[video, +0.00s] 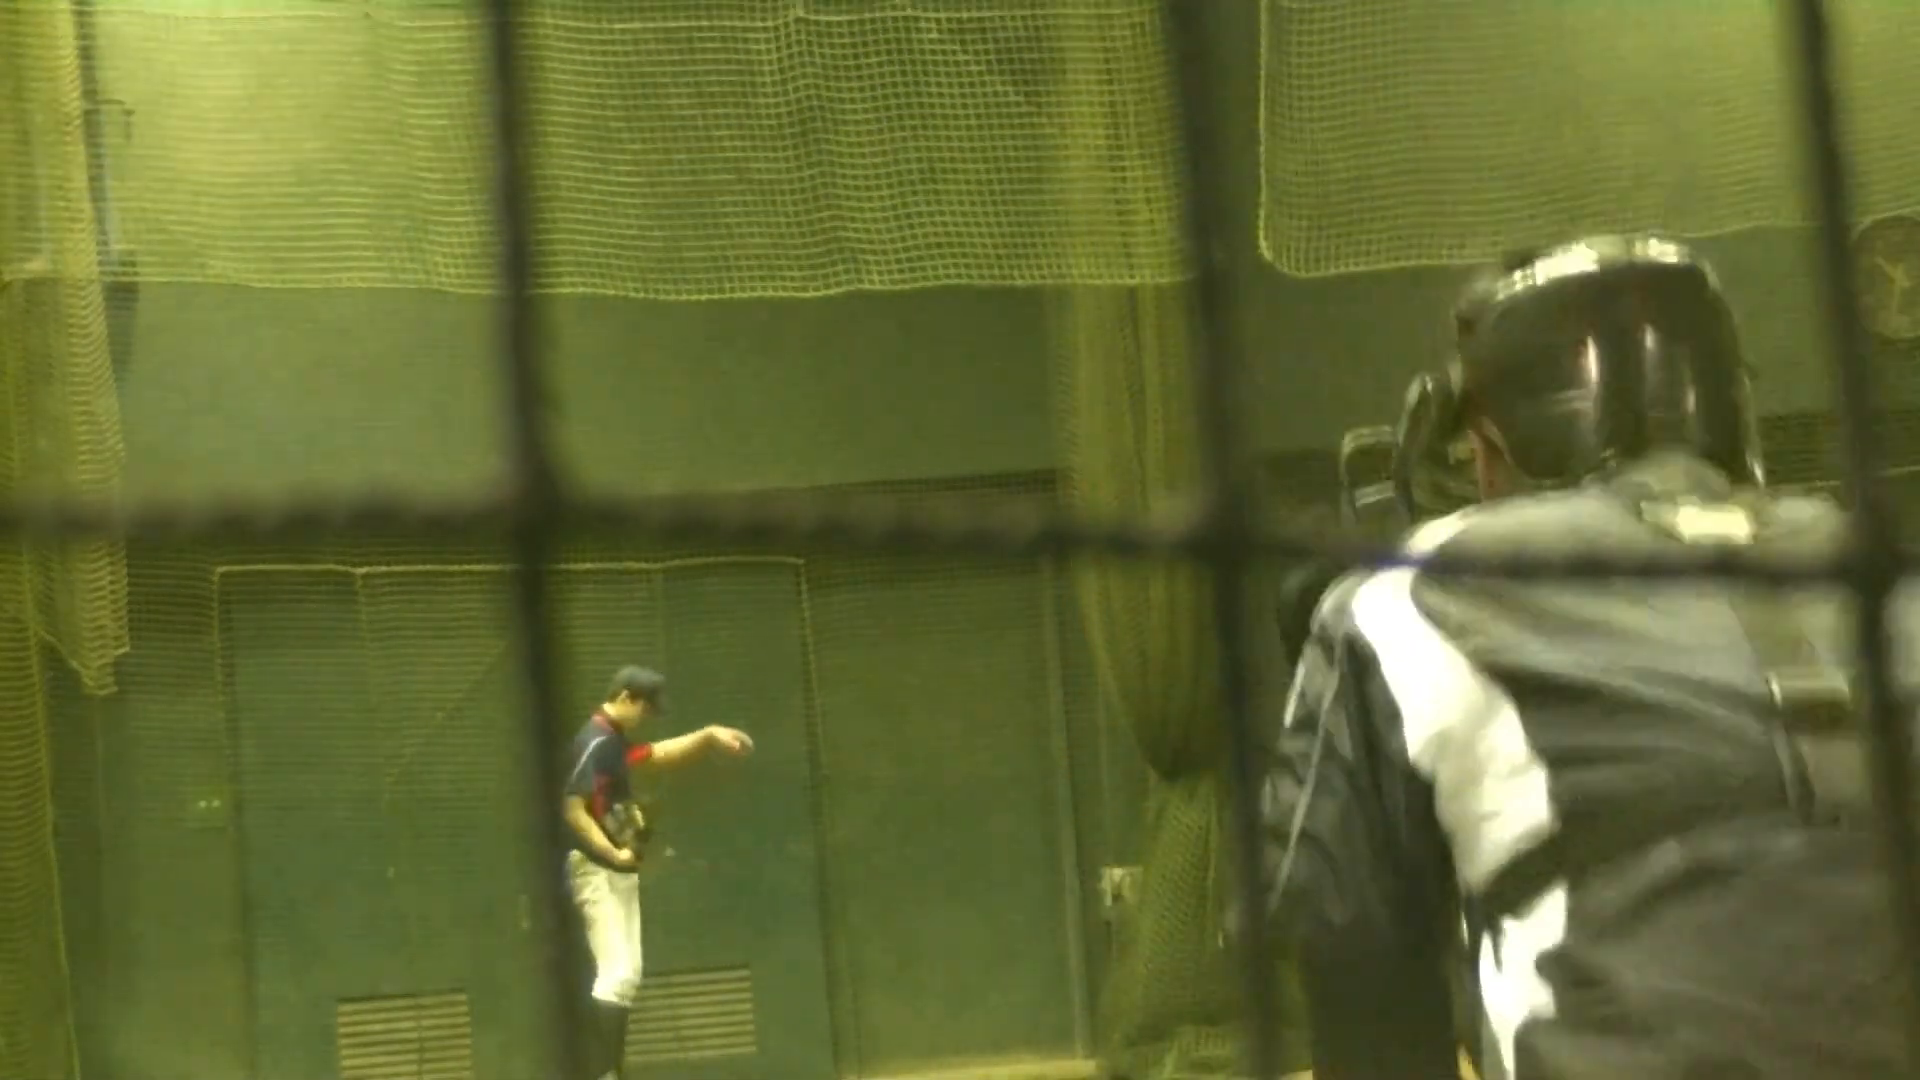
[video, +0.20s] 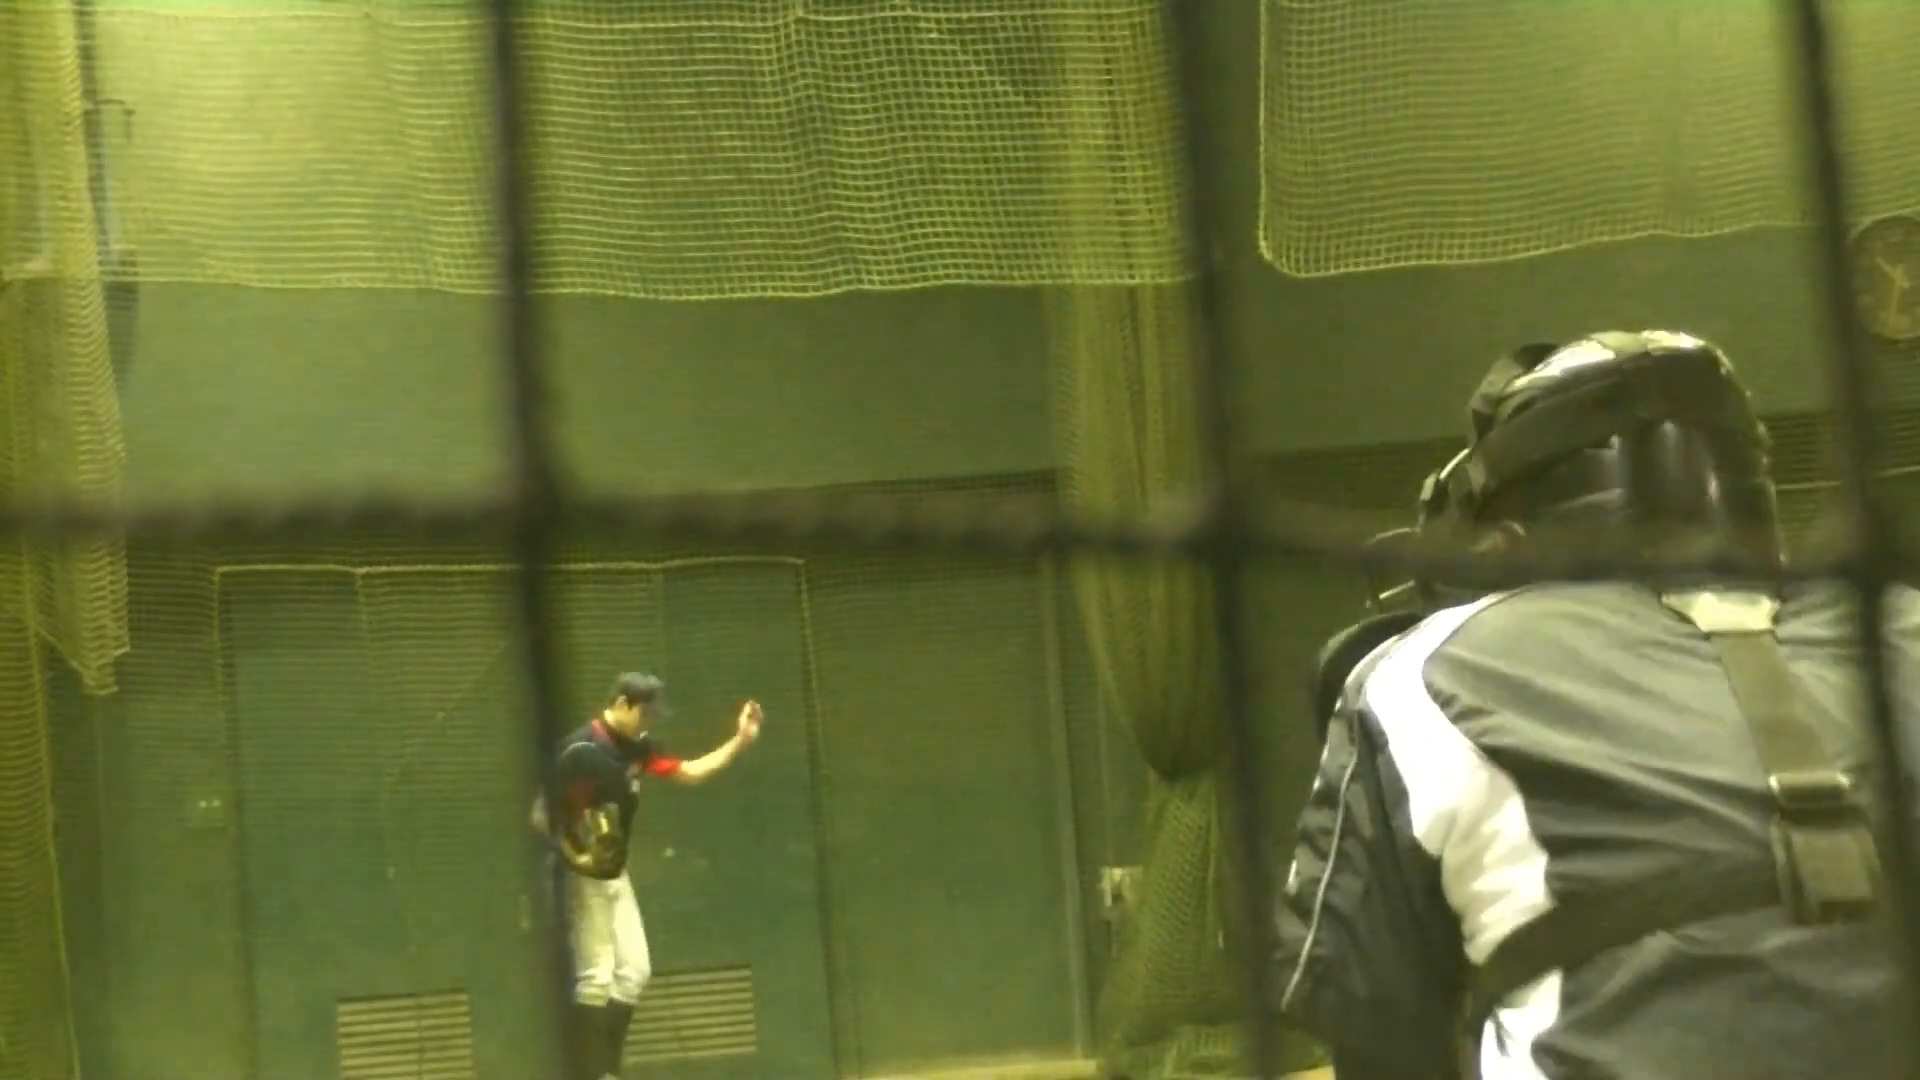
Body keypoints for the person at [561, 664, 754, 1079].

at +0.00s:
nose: (647, 718)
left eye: (650, 710)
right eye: (646, 708)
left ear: (629, 701)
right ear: (626, 698)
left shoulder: (612, 739)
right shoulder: (598, 739)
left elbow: (653, 755)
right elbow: (572, 808)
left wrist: (708, 735)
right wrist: (616, 855)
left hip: (619, 868)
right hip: (595, 867)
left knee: (625, 975)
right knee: (617, 975)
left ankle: (607, 1069)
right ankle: (600, 1070)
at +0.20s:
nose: (647, 723)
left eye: (650, 715)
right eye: (643, 713)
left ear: (637, 710)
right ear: (621, 705)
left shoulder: (633, 750)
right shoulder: (579, 751)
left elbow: (690, 772)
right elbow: (543, 815)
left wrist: (740, 740)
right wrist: (576, 855)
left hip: (616, 878)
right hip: (579, 879)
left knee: (633, 971)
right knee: (593, 979)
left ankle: (607, 1069)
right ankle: (588, 1071)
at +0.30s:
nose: (645, 726)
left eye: (648, 718)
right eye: (640, 717)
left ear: (644, 717)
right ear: (618, 710)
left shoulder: (640, 755)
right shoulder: (572, 754)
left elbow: (690, 793)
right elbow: (530, 810)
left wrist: (750, 787)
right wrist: (556, 851)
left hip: (615, 879)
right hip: (573, 882)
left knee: (635, 972)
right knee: (589, 982)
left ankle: (572, 1056)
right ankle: (586, 1067)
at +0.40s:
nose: (645, 731)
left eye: (648, 723)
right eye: (639, 722)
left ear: (647, 722)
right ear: (617, 714)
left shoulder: (644, 758)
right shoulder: (569, 755)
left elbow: (679, 804)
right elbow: (526, 810)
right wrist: (543, 865)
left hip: (617, 880)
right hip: (573, 884)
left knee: (631, 976)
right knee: (590, 985)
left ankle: (548, 1028)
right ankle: (589, 1070)